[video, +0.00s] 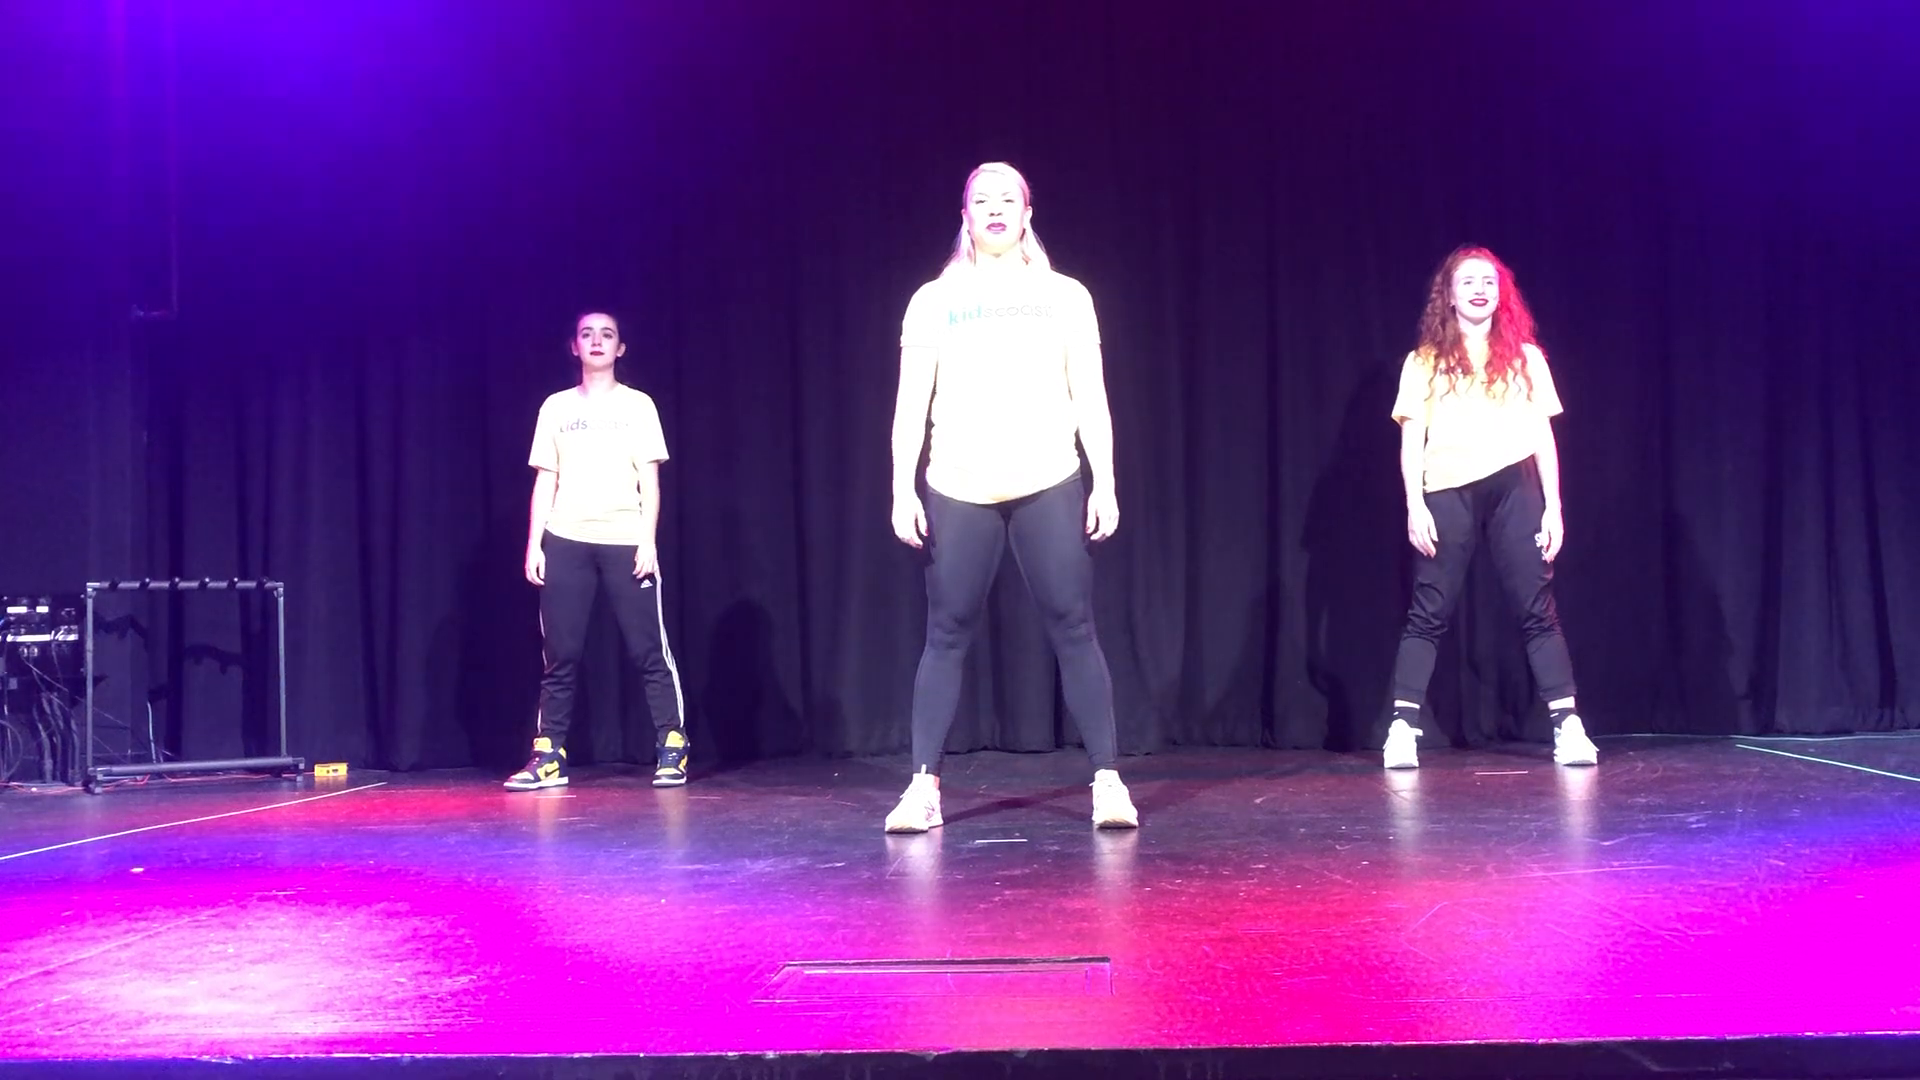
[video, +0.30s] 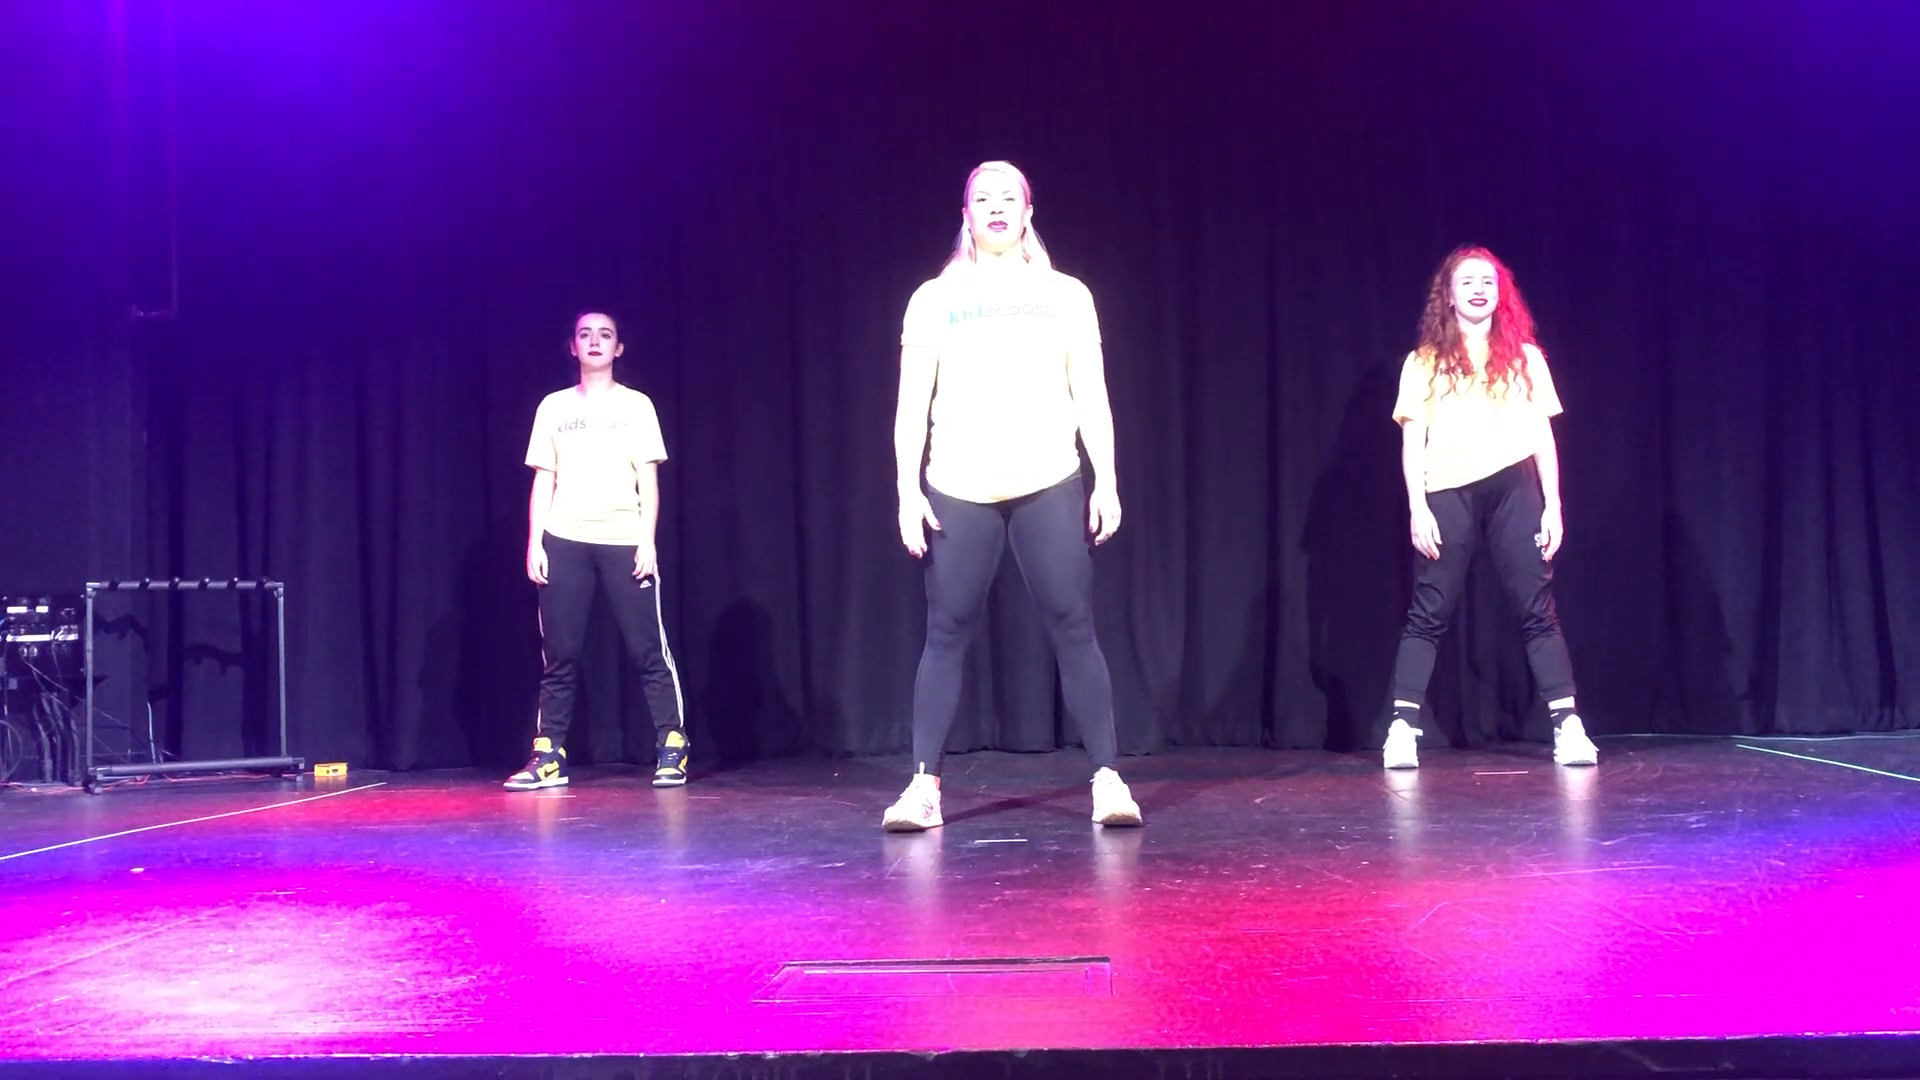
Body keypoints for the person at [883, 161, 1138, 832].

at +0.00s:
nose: (995, 211)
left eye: (1006, 201)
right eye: (983, 201)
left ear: (1027, 212)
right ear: (965, 213)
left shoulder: (1068, 296)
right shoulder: (932, 301)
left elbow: (1090, 393)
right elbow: (912, 403)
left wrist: (1103, 480)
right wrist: (903, 488)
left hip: (1048, 482)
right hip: (960, 486)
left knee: (1073, 623)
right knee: (947, 628)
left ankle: (1106, 777)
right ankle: (923, 783)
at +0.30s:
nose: (997, 210)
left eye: (1009, 200)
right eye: (985, 200)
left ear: (1028, 210)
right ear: (966, 211)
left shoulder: (1069, 295)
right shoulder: (932, 300)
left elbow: (1091, 393)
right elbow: (913, 402)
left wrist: (1105, 479)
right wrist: (909, 489)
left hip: (1049, 482)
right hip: (960, 486)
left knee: (1073, 623)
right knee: (946, 628)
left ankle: (1106, 776)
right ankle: (925, 782)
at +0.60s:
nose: (997, 205)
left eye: (1009, 196)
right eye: (985, 196)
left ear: (1031, 210)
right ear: (967, 213)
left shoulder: (1070, 295)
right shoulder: (933, 300)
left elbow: (1092, 394)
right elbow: (915, 402)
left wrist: (1107, 482)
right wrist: (913, 491)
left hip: (1051, 482)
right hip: (963, 487)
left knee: (1074, 625)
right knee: (948, 629)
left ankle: (1108, 780)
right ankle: (924, 783)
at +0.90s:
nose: (998, 212)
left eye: (1010, 202)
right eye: (987, 202)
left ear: (1030, 211)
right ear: (967, 212)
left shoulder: (1069, 296)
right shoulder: (932, 300)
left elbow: (1092, 395)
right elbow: (911, 404)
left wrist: (1105, 483)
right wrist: (908, 490)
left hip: (1050, 483)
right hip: (961, 487)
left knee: (1074, 624)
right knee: (948, 629)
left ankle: (1108, 780)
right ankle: (924, 783)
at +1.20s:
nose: (998, 203)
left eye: (1010, 194)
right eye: (986, 194)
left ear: (1030, 209)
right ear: (966, 210)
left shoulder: (1070, 293)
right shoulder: (933, 295)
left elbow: (1093, 393)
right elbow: (911, 399)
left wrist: (1110, 482)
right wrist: (906, 486)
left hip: (1051, 481)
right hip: (961, 485)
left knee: (1074, 626)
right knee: (948, 629)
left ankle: (1108, 780)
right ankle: (924, 783)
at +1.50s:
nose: (971, 200)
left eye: (986, 188)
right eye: (965, 192)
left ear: (1024, 200)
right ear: (959, 210)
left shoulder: (1071, 287)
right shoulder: (939, 292)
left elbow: (1093, 391)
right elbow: (882, 382)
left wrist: (1108, 482)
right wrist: (820, 457)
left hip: (1049, 477)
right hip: (961, 482)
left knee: (1074, 623)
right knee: (947, 627)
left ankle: (1106, 779)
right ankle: (924, 784)